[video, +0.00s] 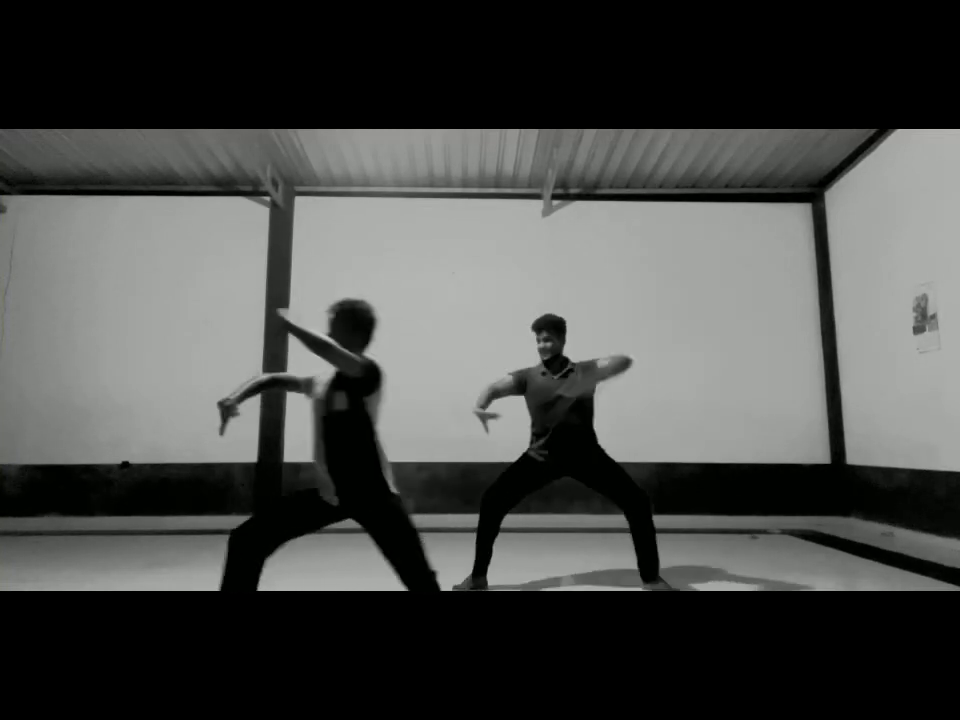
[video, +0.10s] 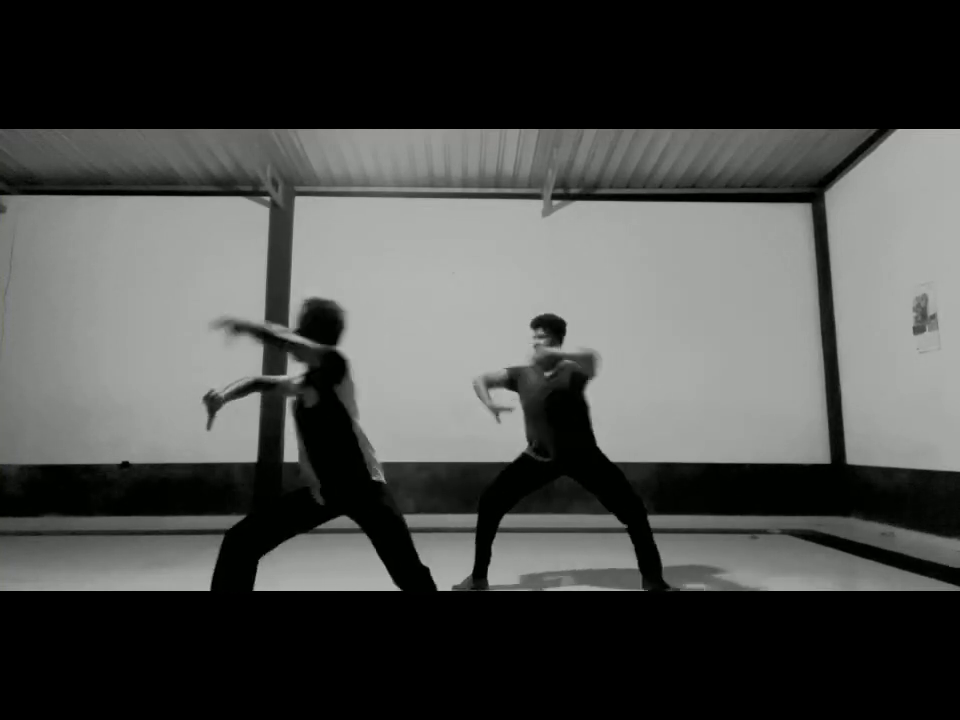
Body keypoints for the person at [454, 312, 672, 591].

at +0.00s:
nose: (543, 345)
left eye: (548, 339)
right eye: (539, 340)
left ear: (562, 341)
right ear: (536, 343)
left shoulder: (584, 371)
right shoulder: (527, 378)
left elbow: (625, 361)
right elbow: (493, 388)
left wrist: (594, 376)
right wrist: (479, 406)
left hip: (584, 456)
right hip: (540, 459)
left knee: (637, 501)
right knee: (492, 502)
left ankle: (651, 579)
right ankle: (478, 577)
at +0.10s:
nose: (538, 344)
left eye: (545, 339)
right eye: (535, 338)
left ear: (559, 343)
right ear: (531, 341)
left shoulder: (574, 371)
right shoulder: (521, 375)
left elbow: (591, 360)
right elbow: (479, 380)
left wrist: (558, 355)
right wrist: (489, 403)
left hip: (582, 457)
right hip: (539, 459)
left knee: (634, 512)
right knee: (490, 503)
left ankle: (654, 582)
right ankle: (478, 577)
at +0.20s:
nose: (524, 340)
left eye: (530, 335)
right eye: (522, 335)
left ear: (543, 341)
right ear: (518, 339)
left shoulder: (558, 366)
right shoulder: (512, 373)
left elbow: (533, 374)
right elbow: (471, 372)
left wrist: (505, 354)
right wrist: (482, 389)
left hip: (577, 451)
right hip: (538, 454)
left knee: (628, 506)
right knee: (490, 500)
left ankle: (651, 572)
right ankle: (478, 576)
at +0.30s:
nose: (505, 346)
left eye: (510, 339)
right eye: (503, 340)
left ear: (525, 343)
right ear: (503, 346)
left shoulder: (538, 366)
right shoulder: (508, 375)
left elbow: (506, 378)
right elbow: (493, 384)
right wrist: (480, 388)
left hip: (577, 450)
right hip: (539, 453)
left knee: (627, 501)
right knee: (494, 496)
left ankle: (644, 571)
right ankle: (478, 575)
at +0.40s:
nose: (496, 374)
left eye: (496, 368)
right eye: (493, 370)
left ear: (508, 360)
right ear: (504, 364)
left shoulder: (537, 373)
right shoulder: (515, 378)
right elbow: (486, 385)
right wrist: (475, 387)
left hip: (579, 451)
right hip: (544, 452)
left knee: (623, 511)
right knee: (499, 498)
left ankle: (635, 581)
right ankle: (477, 578)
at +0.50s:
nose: (512, 385)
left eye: (513, 378)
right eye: (508, 381)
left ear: (523, 367)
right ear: (507, 377)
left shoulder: (549, 377)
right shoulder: (526, 375)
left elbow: (524, 415)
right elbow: (496, 384)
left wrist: (473, 429)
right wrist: (471, 395)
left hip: (583, 453)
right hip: (548, 451)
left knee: (622, 512)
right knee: (502, 497)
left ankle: (635, 578)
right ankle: (479, 577)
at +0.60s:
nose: (530, 376)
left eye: (532, 371)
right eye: (527, 372)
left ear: (543, 361)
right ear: (528, 366)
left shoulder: (573, 379)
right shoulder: (536, 372)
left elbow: (557, 416)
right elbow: (502, 377)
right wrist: (477, 395)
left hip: (583, 458)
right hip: (544, 455)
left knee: (626, 510)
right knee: (494, 492)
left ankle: (638, 581)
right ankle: (480, 572)